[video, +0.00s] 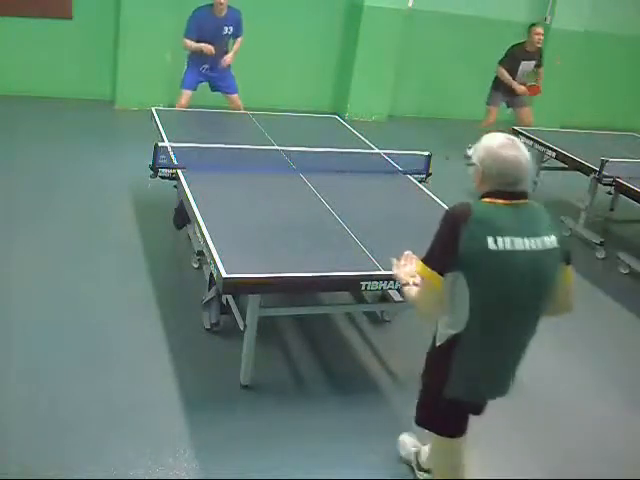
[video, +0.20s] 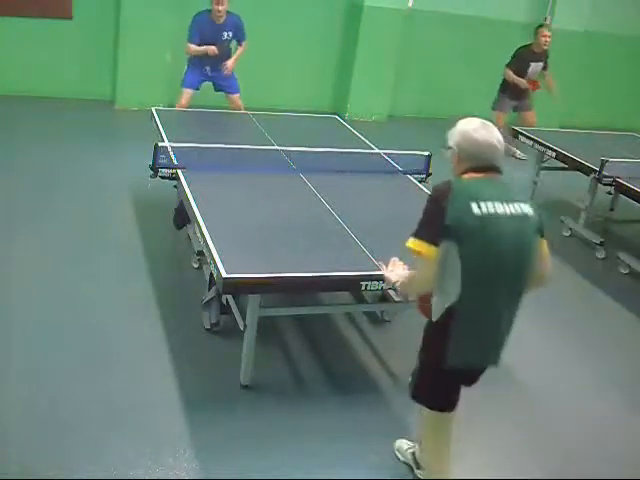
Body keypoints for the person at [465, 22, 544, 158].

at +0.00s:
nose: (540, 38)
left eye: (542, 35)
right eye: (537, 34)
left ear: (543, 37)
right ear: (529, 36)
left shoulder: (538, 52)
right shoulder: (515, 50)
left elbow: (539, 69)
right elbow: (500, 70)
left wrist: (538, 85)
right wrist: (516, 86)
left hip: (518, 88)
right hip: (500, 86)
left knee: (527, 122)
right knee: (491, 120)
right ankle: (474, 146)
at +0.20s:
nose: (546, 40)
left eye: (548, 37)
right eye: (543, 36)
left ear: (550, 39)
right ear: (536, 37)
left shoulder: (544, 54)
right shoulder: (522, 52)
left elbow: (545, 72)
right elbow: (507, 72)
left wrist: (550, 86)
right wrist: (520, 81)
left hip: (524, 91)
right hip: (508, 90)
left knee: (530, 123)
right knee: (500, 123)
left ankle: (513, 145)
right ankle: (495, 149)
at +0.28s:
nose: (547, 40)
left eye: (549, 37)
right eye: (544, 37)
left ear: (551, 39)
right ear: (537, 37)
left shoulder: (548, 54)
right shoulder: (523, 52)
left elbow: (553, 73)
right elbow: (509, 72)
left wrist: (561, 92)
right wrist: (518, 80)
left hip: (530, 93)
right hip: (513, 92)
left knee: (535, 124)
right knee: (503, 125)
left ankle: (514, 147)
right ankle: (487, 147)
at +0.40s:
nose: (548, 45)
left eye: (550, 42)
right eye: (544, 41)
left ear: (552, 43)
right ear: (537, 41)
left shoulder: (553, 57)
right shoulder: (525, 56)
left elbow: (565, 71)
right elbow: (514, 75)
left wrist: (572, 82)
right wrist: (514, 91)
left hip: (540, 95)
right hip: (521, 95)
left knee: (546, 126)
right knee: (509, 124)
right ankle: (500, 149)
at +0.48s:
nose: (550, 48)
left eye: (552, 45)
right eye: (547, 45)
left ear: (555, 46)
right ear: (540, 45)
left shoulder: (557, 60)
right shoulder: (528, 61)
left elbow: (568, 74)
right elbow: (518, 80)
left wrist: (579, 83)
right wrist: (517, 94)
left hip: (545, 100)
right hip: (525, 99)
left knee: (553, 127)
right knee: (509, 126)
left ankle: (548, 158)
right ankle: (500, 150)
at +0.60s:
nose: (561, 52)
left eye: (563, 49)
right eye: (558, 49)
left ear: (566, 50)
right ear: (553, 49)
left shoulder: (570, 65)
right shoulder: (541, 66)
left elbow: (583, 82)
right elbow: (533, 90)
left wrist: (596, 99)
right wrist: (526, 110)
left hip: (558, 106)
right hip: (540, 105)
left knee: (568, 133)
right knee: (520, 129)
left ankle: (569, 172)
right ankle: (502, 153)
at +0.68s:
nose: (568, 52)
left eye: (571, 48)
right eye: (565, 48)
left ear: (574, 49)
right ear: (560, 48)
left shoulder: (577, 64)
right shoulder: (551, 65)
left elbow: (586, 79)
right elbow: (543, 88)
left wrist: (596, 97)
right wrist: (535, 109)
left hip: (565, 105)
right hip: (547, 104)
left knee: (572, 135)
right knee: (526, 131)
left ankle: (569, 172)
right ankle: (503, 152)